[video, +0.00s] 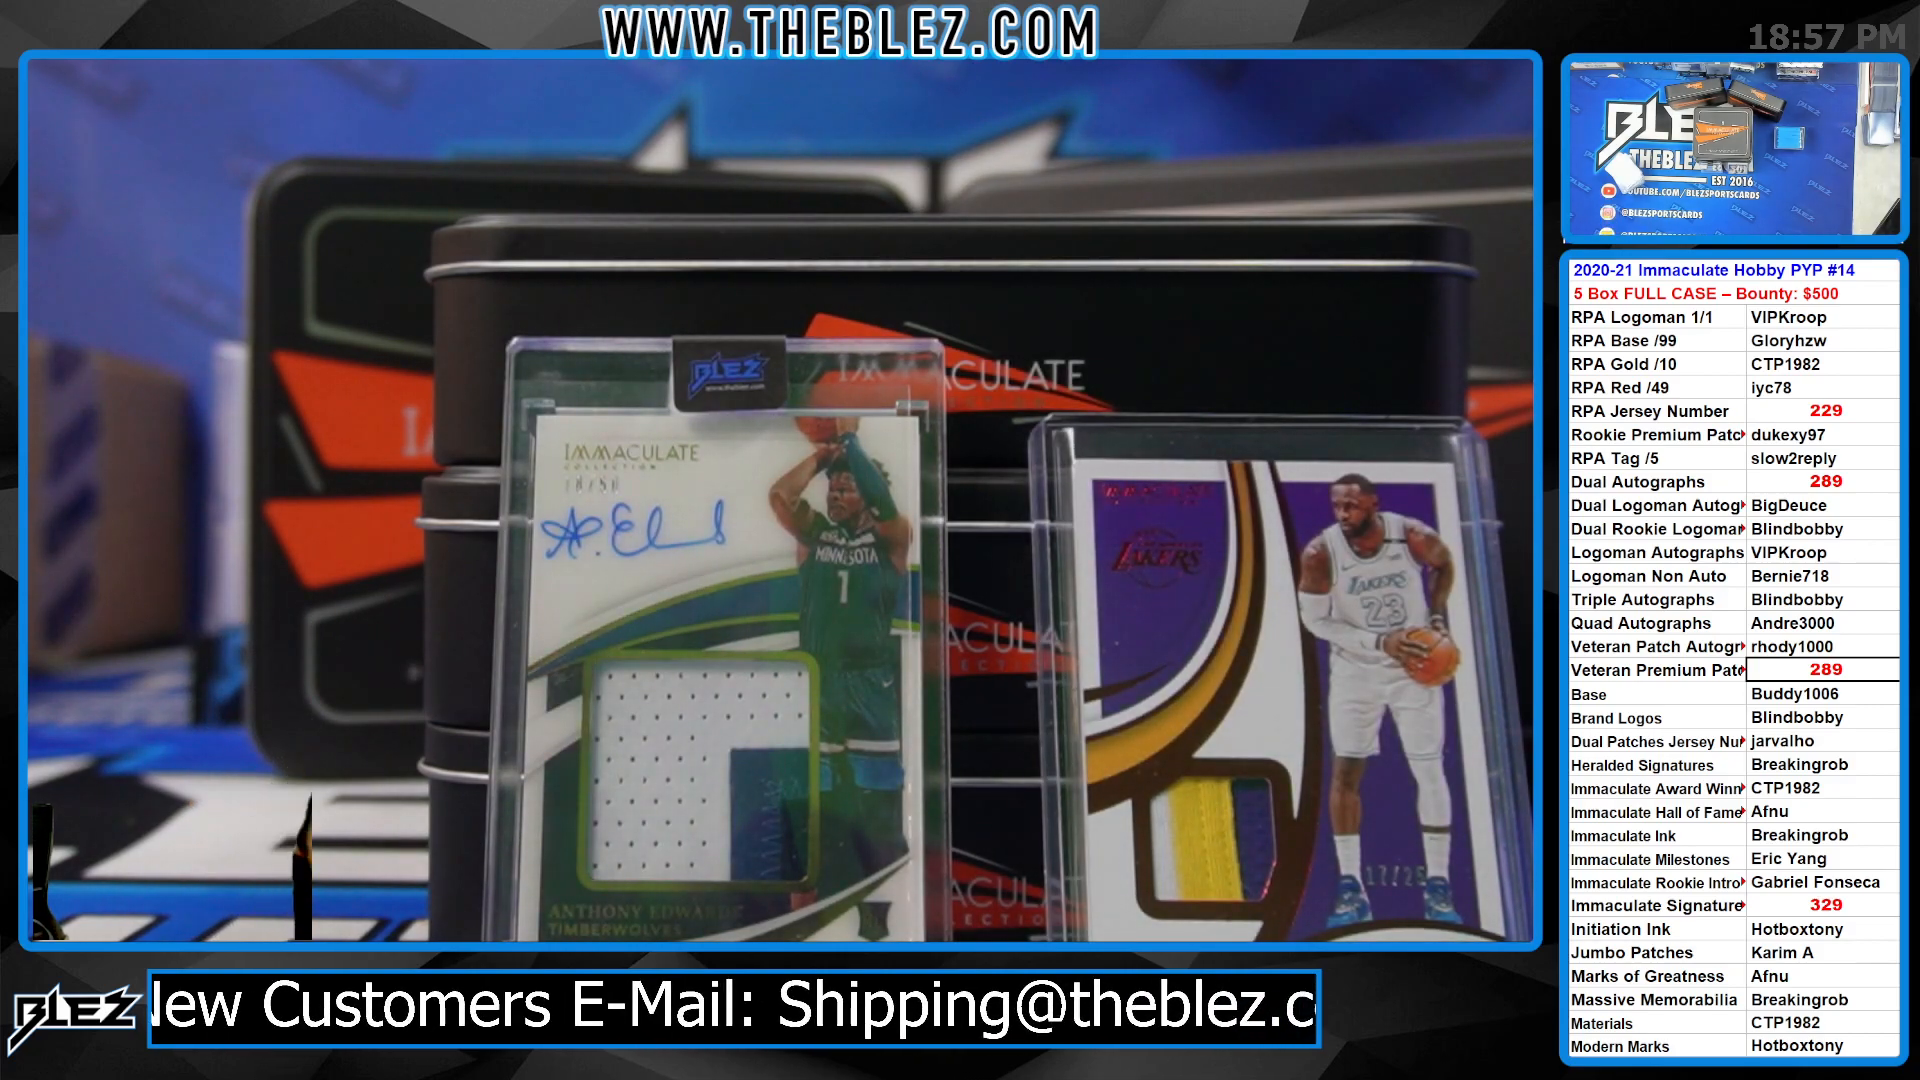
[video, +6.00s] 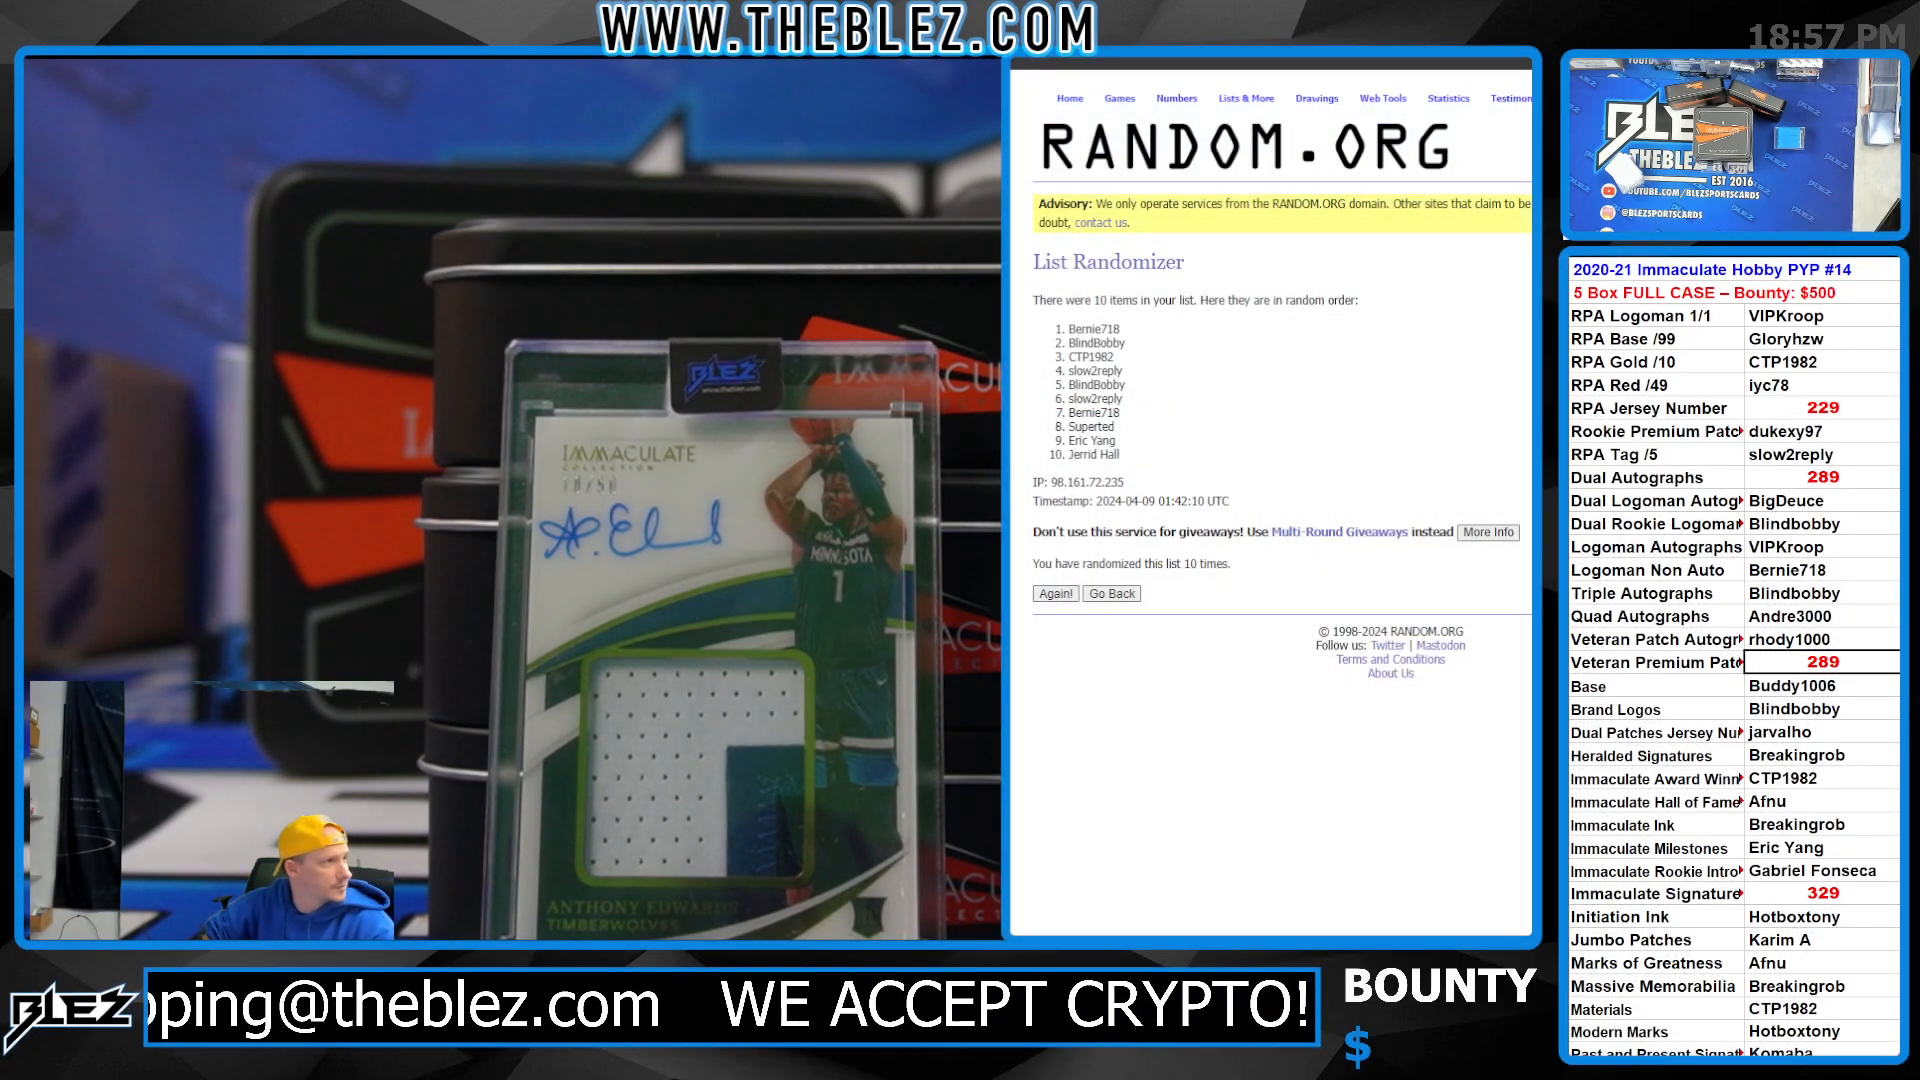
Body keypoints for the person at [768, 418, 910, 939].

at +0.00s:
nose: (841, 493)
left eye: (850, 486)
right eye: (835, 485)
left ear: (869, 494)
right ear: (827, 493)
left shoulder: (891, 540)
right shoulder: (815, 534)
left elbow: (882, 500)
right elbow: (780, 496)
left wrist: (851, 446)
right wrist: (818, 459)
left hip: (873, 681)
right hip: (817, 679)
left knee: (878, 801)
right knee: (823, 798)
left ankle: (878, 906)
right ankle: (820, 901)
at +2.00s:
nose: (840, 494)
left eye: (849, 487)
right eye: (834, 486)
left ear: (868, 494)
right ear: (827, 494)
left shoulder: (890, 540)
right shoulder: (815, 533)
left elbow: (880, 496)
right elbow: (781, 495)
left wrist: (850, 443)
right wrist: (819, 458)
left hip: (871, 682)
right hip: (818, 681)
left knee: (878, 804)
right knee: (830, 802)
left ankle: (877, 910)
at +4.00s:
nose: (836, 495)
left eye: (846, 489)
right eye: (831, 488)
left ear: (863, 494)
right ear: (823, 493)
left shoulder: (884, 539)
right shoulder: (810, 532)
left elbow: (877, 500)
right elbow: (777, 496)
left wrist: (845, 448)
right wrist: (815, 460)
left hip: (868, 673)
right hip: (816, 673)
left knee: (875, 786)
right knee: (824, 787)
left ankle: (879, 883)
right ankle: (819, 881)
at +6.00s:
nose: (835, 496)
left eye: (844, 489)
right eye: (829, 488)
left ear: (862, 494)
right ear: (822, 495)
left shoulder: (884, 539)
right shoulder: (810, 532)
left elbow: (875, 497)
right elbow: (776, 496)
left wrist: (844, 445)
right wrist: (815, 459)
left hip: (865, 679)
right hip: (813, 678)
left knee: (873, 796)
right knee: (818, 794)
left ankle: (873, 896)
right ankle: (818, 887)